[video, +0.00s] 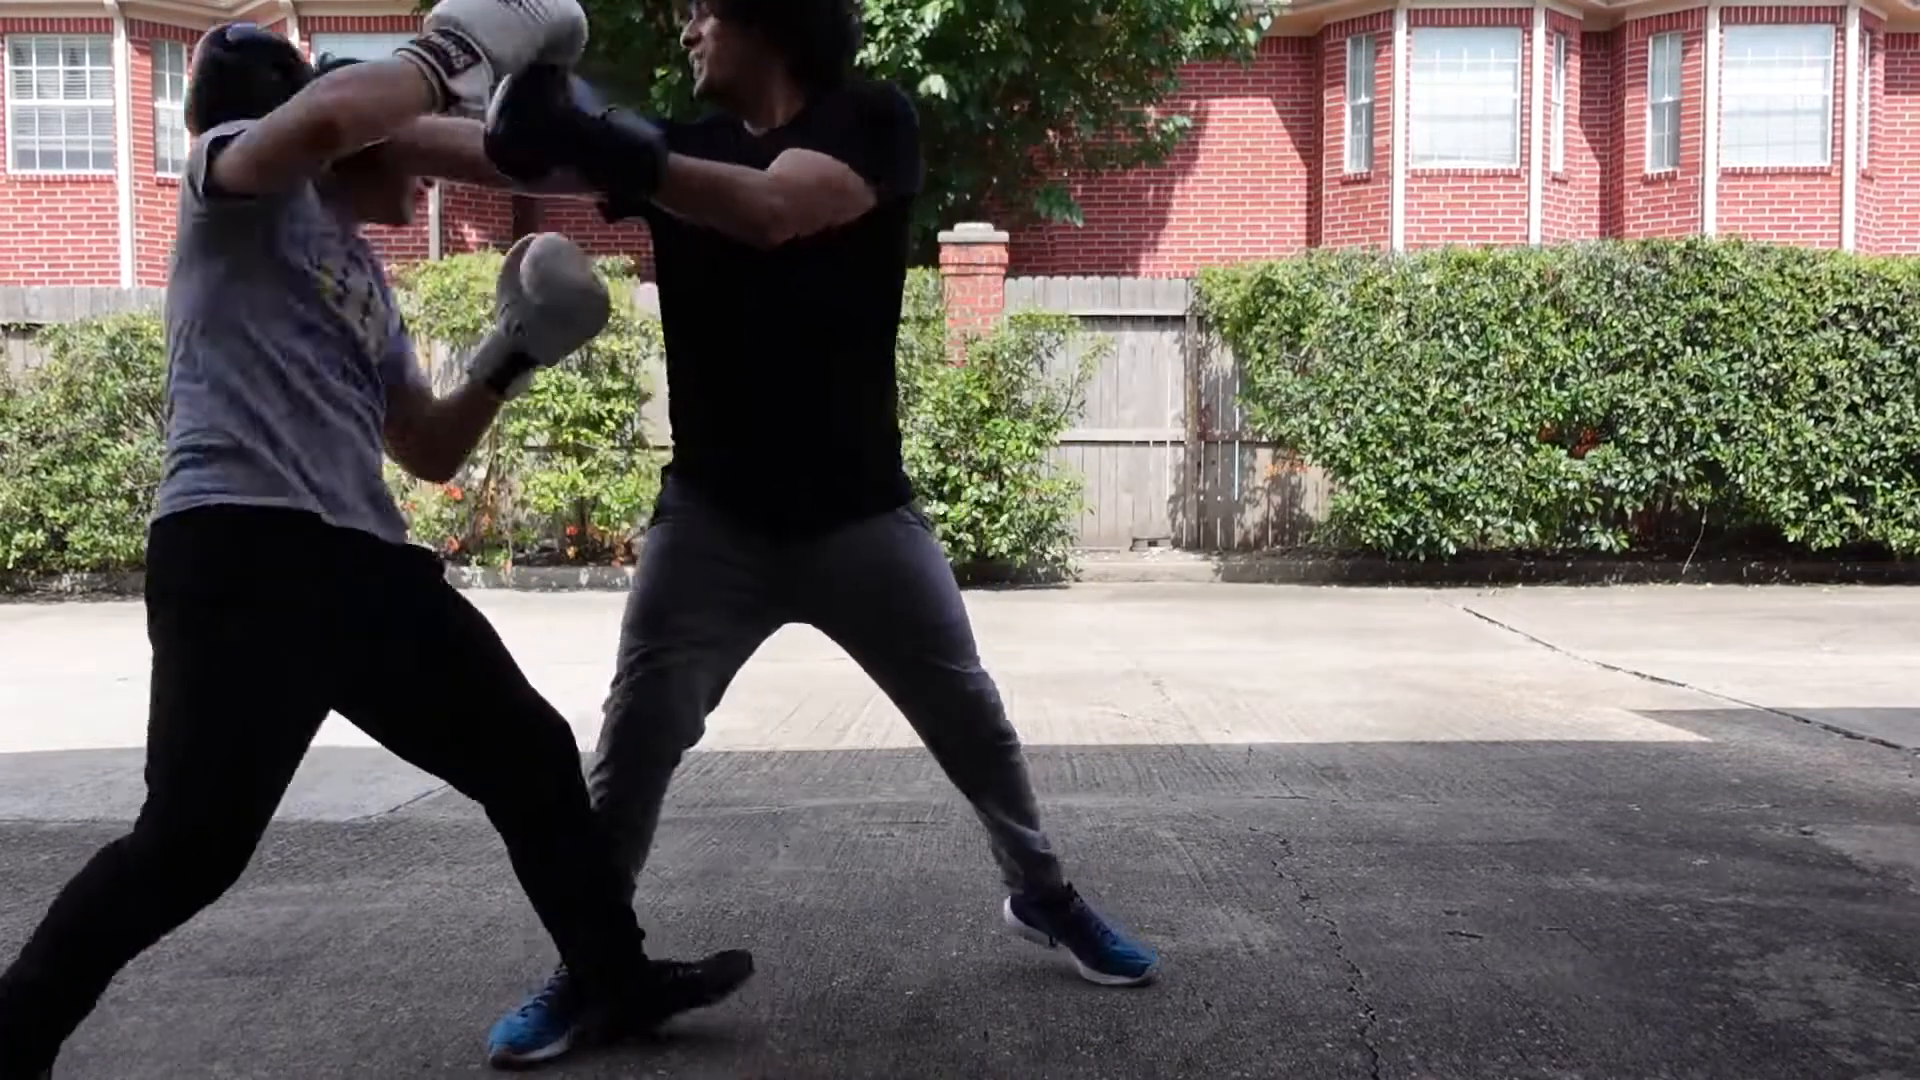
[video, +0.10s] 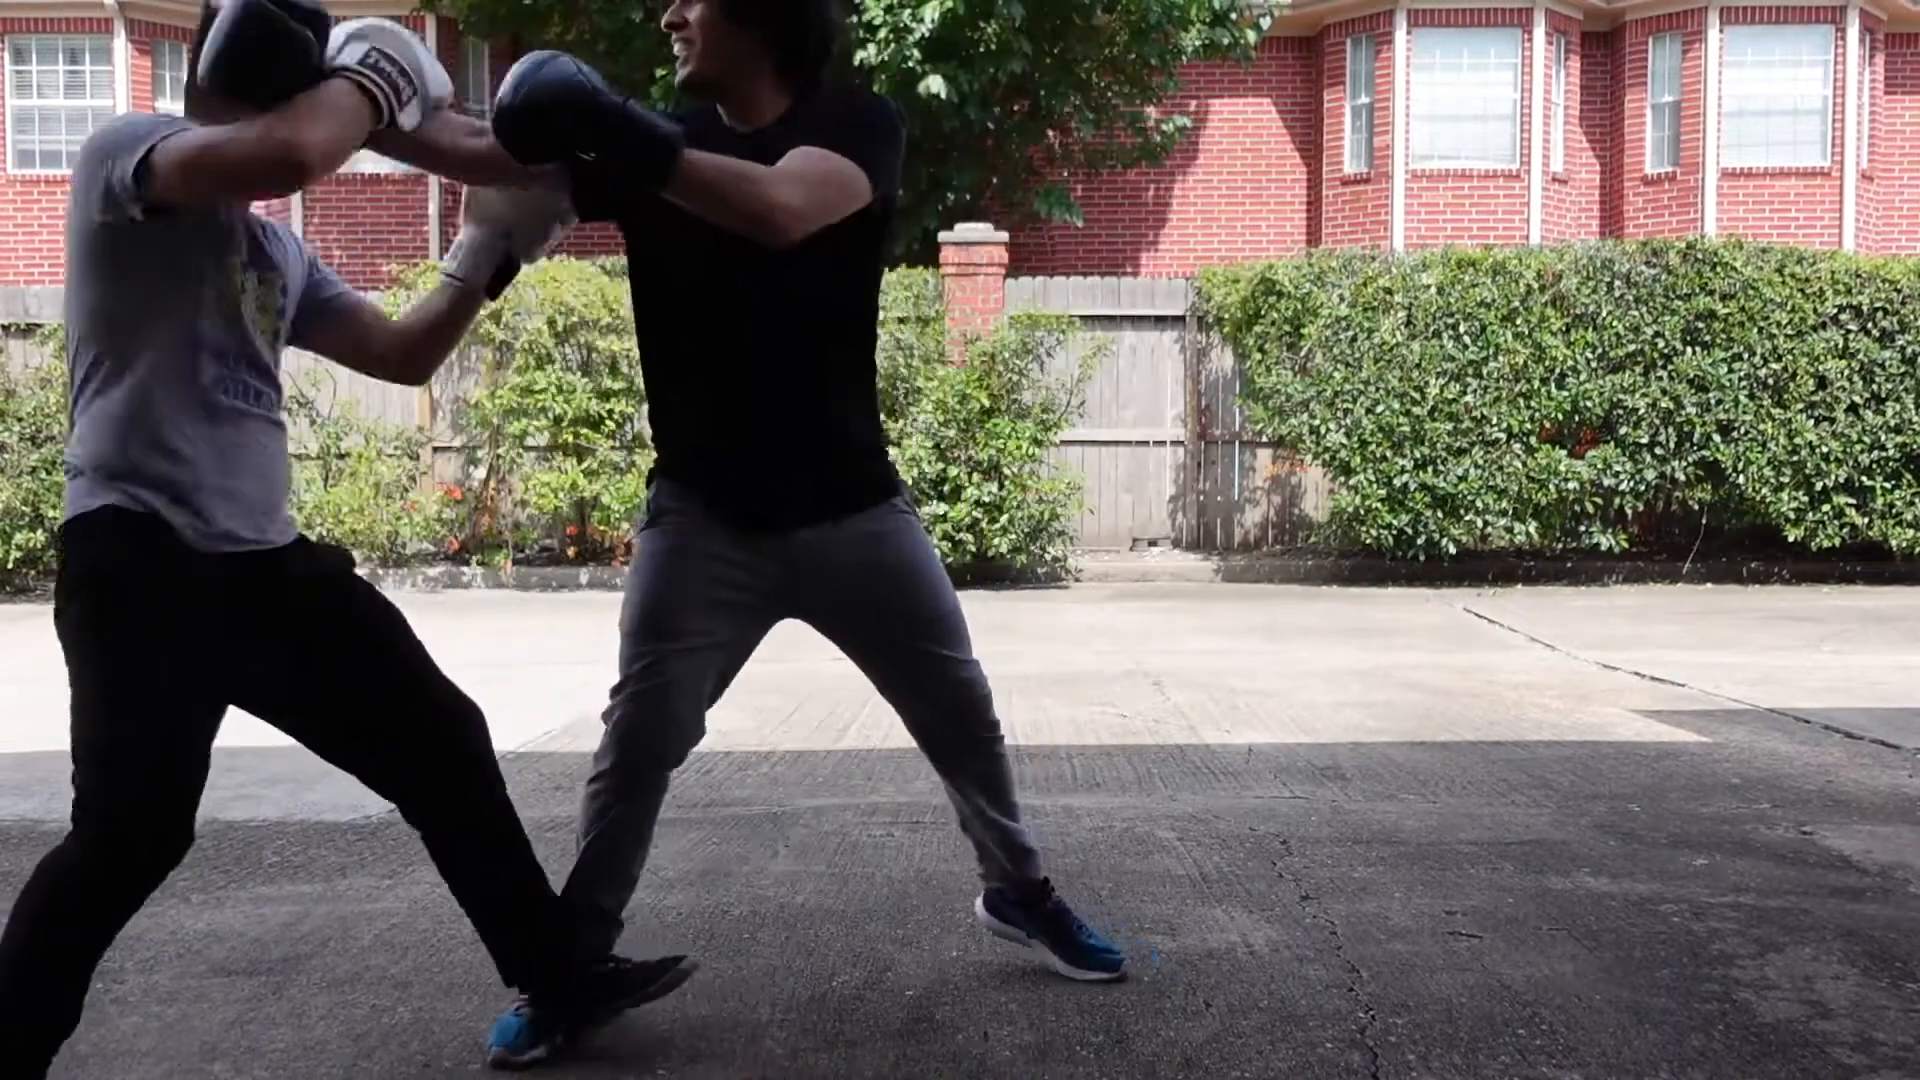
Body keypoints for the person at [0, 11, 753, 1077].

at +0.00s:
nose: (417, 166)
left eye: (421, 147)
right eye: (398, 144)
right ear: (332, 130)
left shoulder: (362, 289)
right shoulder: (235, 185)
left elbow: (431, 449)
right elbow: (331, 116)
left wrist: (508, 352)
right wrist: (453, 58)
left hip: (363, 558)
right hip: (235, 545)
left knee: (529, 758)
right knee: (191, 848)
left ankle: (616, 980)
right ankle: (18, 1034)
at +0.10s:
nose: (289, 139)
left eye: (298, 122)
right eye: (287, 118)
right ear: (256, 95)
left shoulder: (269, 249)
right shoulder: (117, 157)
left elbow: (400, 353)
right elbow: (289, 154)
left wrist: (489, 246)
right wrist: (375, 72)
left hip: (265, 562)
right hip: (135, 558)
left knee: (441, 745)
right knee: (128, 838)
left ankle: (558, 972)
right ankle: (12, 1054)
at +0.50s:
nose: (184, 130)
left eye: (199, 109)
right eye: (165, 101)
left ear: (211, 108)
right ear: (94, 83)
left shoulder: (207, 230)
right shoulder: (14, 212)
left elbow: (314, 357)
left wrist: (406, 319)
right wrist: (21, 361)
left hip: (183, 548)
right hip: (33, 549)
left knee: (272, 745)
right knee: (2, 775)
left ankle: (254, 921)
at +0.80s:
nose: (174, 153)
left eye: (187, 133)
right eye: (161, 128)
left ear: (196, 118)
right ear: (95, 92)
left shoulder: (180, 208)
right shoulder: (10, 182)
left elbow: (233, 340)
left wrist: (281, 385)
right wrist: (7, 327)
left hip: (161, 482)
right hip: (30, 495)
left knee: (241, 683)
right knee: (34, 724)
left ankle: (244, 912)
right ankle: (56, 913)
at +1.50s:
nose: (224, 313)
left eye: (236, 301)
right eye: (226, 294)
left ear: (179, 254)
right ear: (179, 252)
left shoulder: (174, 345)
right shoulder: (24, 257)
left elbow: (180, 477)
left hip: (84, 485)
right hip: (4, 507)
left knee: (196, 518)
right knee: (16, 730)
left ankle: (182, 659)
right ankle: (70, 915)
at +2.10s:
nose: (193, 338)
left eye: (208, 327)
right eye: (197, 318)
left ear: (159, 272)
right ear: (156, 269)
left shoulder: (161, 348)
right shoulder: (18, 263)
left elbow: (146, 480)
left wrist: (132, 594)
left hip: (63, 489)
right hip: (0, 501)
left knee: (182, 513)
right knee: (9, 711)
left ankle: (144, 674)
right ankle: (46, 916)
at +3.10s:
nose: (196, 277)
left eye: (213, 266)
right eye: (192, 260)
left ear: (239, 247)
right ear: (151, 200)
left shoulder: (244, 264)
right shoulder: (29, 235)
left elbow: (277, 363)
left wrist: (226, 417)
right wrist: (15, 417)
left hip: (170, 516)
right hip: (41, 523)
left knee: (192, 719)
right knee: (32, 727)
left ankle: (172, 920)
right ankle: (42, 907)